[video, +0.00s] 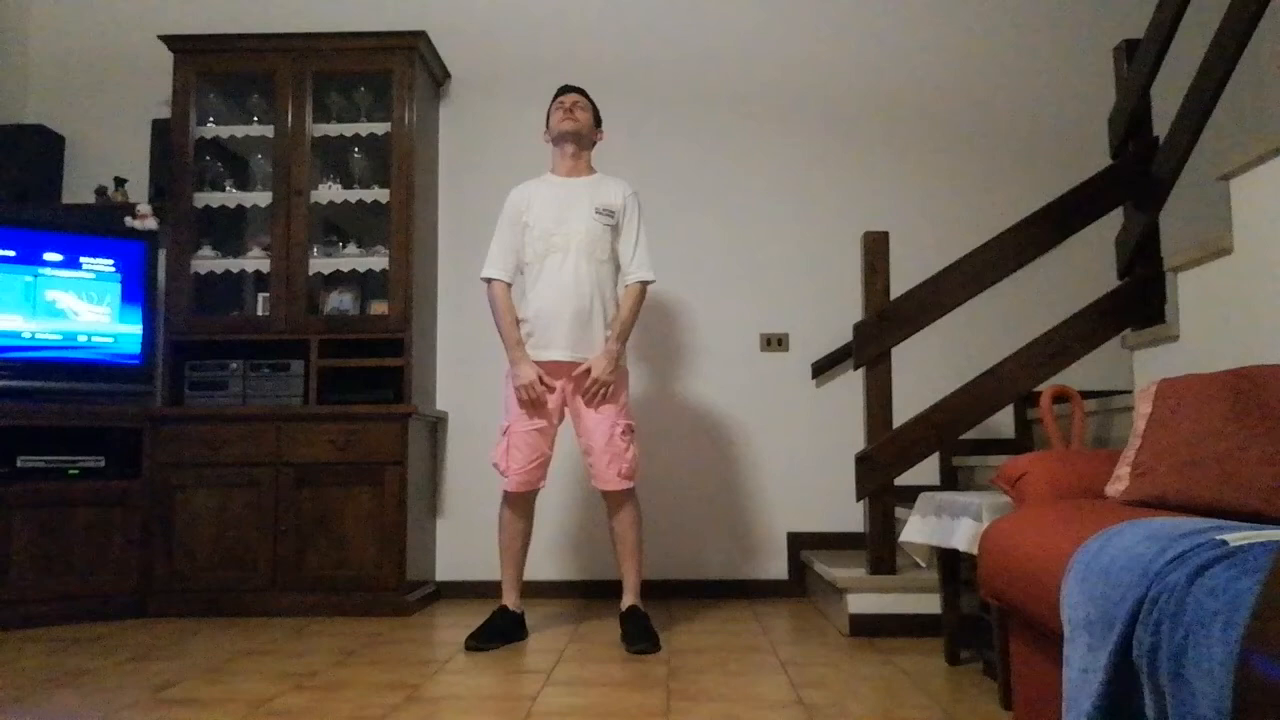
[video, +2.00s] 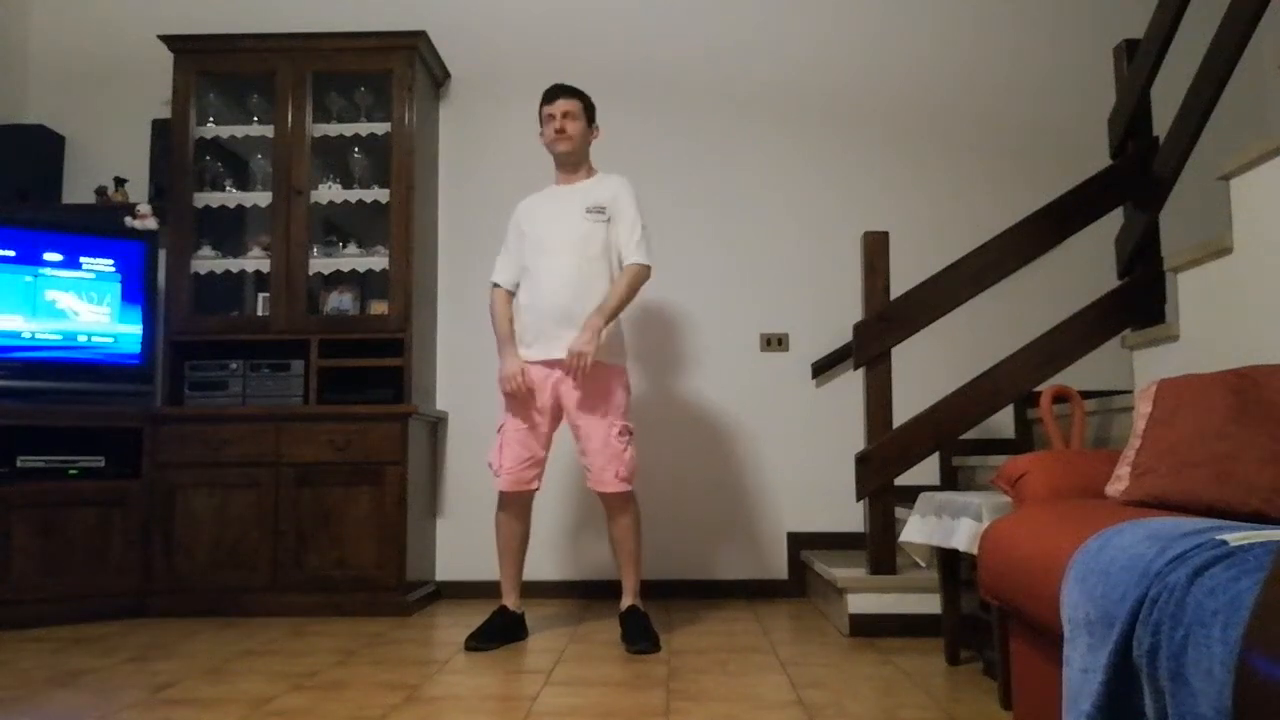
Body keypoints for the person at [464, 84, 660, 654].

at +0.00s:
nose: (567, 109)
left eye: (578, 106)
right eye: (559, 106)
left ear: (597, 132)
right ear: (546, 131)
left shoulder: (618, 194)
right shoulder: (522, 197)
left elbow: (637, 280)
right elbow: (497, 280)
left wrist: (613, 347)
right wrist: (517, 357)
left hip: (600, 365)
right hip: (533, 366)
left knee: (618, 484)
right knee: (517, 487)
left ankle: (632, 605)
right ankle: (509, 609)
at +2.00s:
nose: (558, 126)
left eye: (569, 118)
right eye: (549, 120)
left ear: (591, 131)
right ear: (541, 134)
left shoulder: (612, 190)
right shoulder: (527, 210)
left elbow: (638, 268)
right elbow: (500, 289)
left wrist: (595, 324)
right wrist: (507, 354)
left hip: (596, 365)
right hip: (530, 367)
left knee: (615, 486)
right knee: (512, 487)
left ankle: (632, 605)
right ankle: (509, 609)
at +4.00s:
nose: (607, 117)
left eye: (617, 114)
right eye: (596, 113)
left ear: (630, 138)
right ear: (579, 135)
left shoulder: (640, 210)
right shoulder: (554, 181)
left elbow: (645, 295)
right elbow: (499, 243)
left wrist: (616, 339)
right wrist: (496, 321)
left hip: (604, 369)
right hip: (538, 362)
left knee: (623, 485)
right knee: (507, 485)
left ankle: (632, 606)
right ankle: (505, 608)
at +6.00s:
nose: (558, 153)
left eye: (568, 142)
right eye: (548, 144)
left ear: (587, 140)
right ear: (535, 145)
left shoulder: (613, 195)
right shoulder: (531, 219)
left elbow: (637, 276)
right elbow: (503, 302)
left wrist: (603, 344)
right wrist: (503, 370)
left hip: (604, 368)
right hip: (537, 367)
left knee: (625, 489)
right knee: (498, 481)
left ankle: (637, 607)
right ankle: (509, 603)